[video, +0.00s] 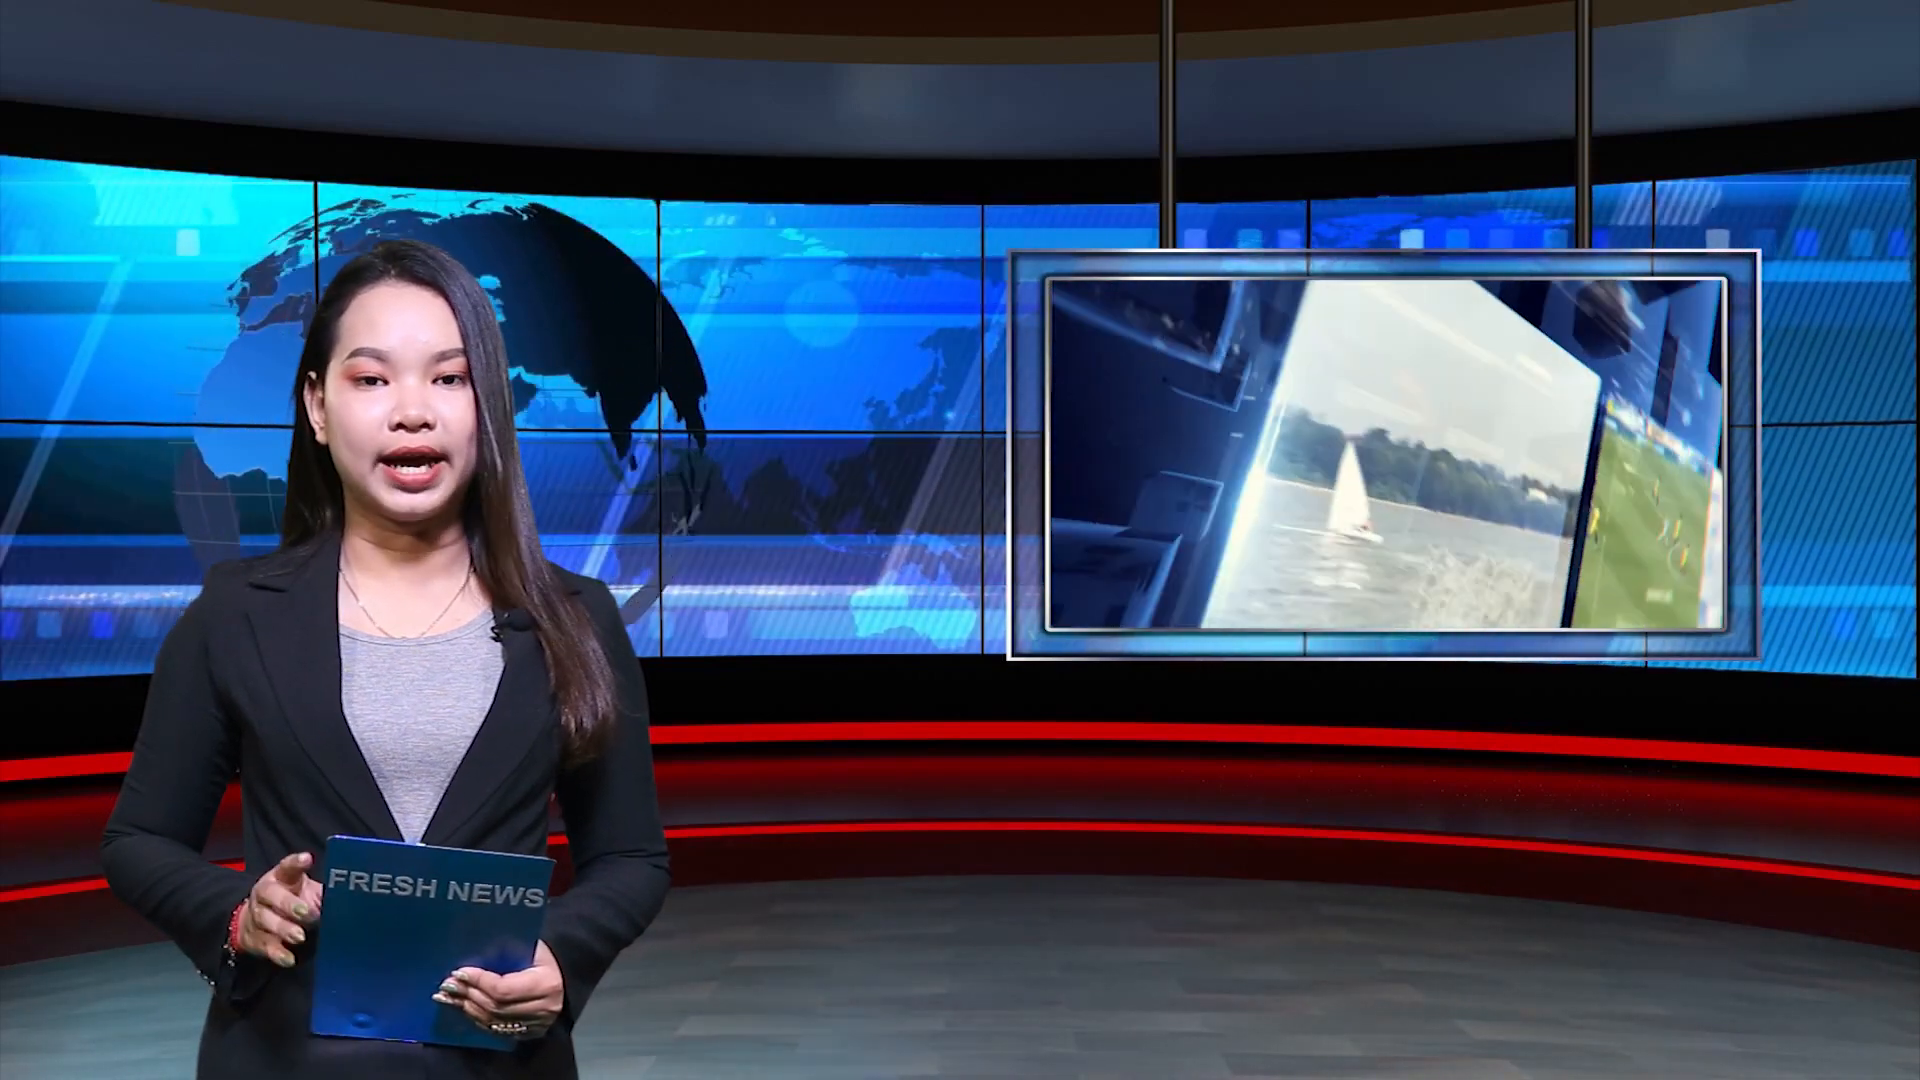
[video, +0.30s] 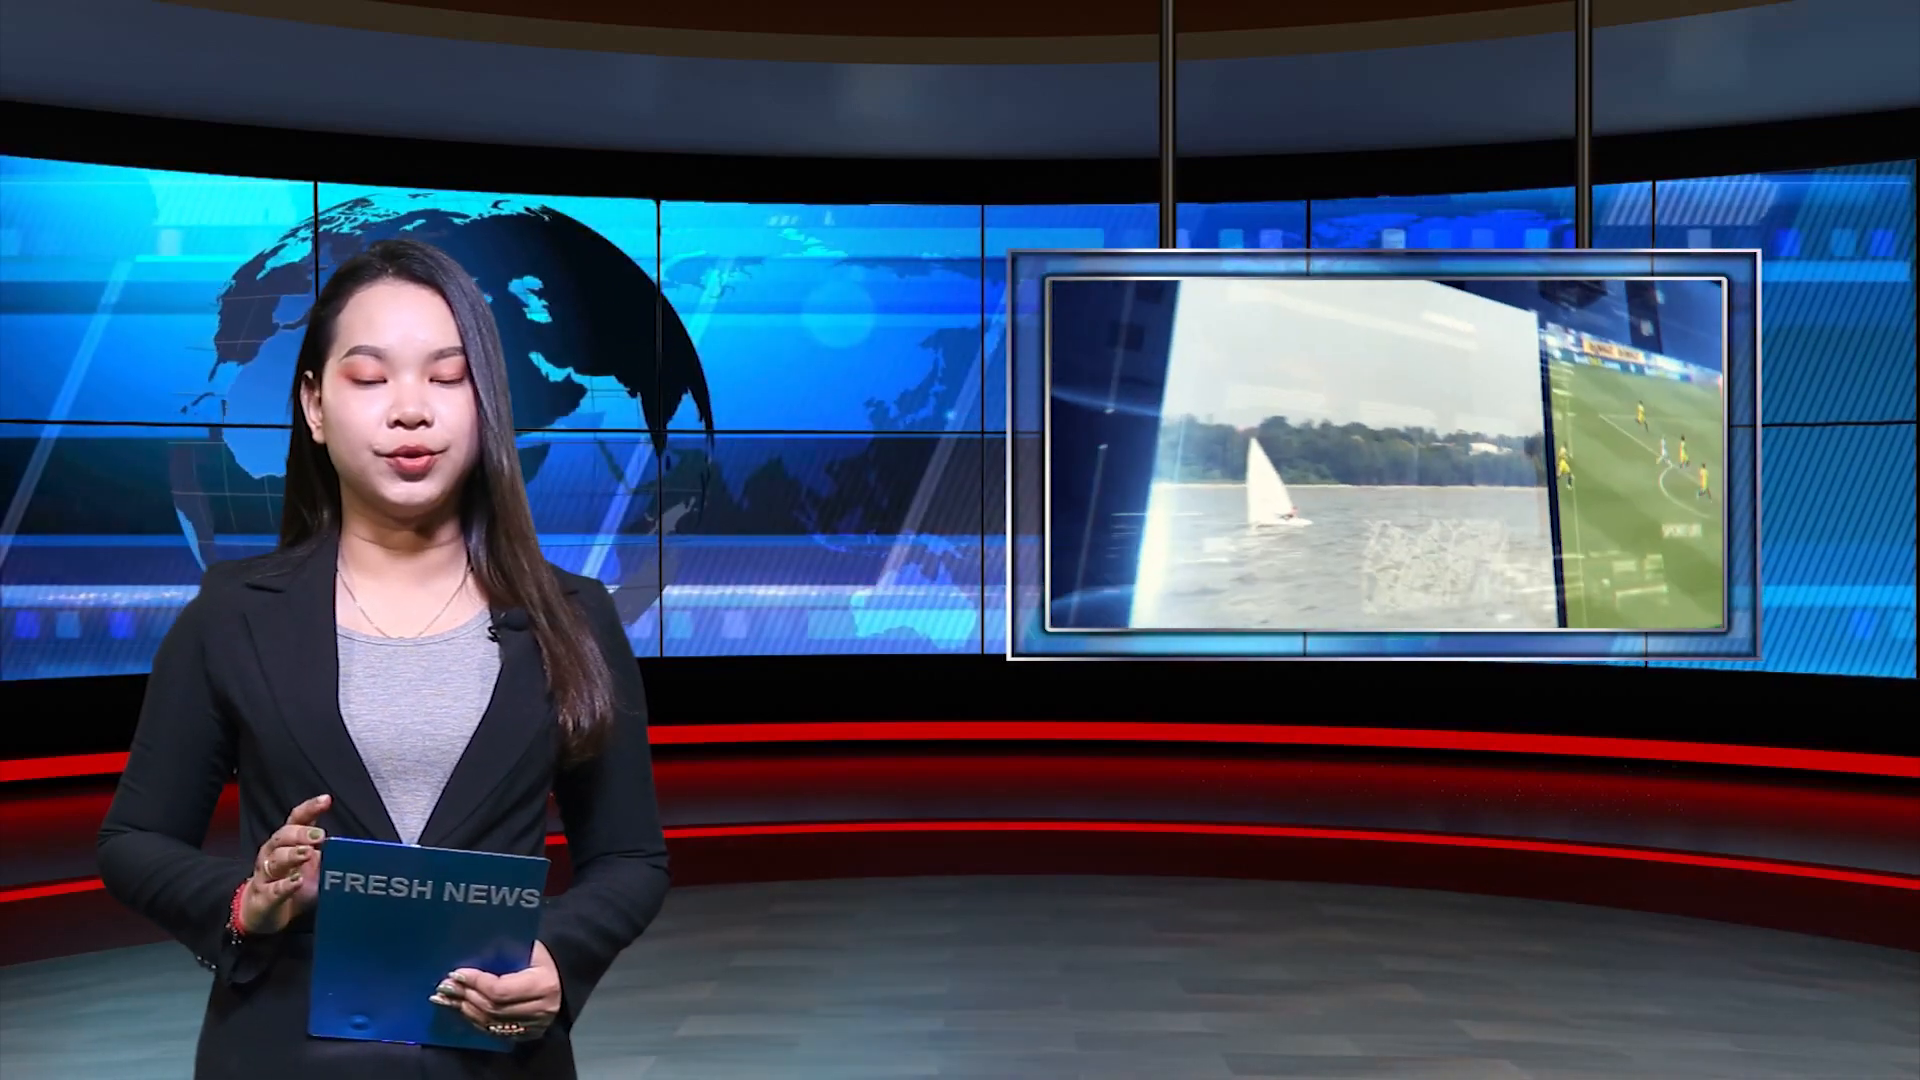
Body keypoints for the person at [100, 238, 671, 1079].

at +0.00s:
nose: (413, 413)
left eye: (447, 377)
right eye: (371, 377)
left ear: (486, 405)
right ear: (317, 407)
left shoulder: (571, 620)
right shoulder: (236, 617)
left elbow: (630, 858)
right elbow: (139, 842)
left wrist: (558, 958)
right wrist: (236, 909)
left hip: (499, 1053)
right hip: (285, 1056)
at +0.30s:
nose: (412, 409)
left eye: (445, 375)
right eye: (370, 376)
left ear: (485, 405)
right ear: (314, 408)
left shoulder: (569, 618)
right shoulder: (234, 617)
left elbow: (629, 858)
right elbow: (134, 842)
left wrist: (555, 961)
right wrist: (240, 899)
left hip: (499, 1054)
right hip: (282, 1055)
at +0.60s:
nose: (408, 407)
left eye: (442, 373)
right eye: (366, 374)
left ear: (480, 403)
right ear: (312, 407)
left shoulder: (566, 619)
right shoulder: (232, 615)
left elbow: (627, 859)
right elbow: (132, 841)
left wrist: (550, 961)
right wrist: (234, 896)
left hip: (495, 1053)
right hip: (279, 1054)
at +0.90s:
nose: (409, 409)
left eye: (440, 375)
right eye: (367, 375)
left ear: (478, 405)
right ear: (311, 406)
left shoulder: (563, 617)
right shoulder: (231, 613)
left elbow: (626, 859)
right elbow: (131, 841)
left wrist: (550, 962)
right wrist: (233, 896)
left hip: (493, 1054)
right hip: (278, 1055)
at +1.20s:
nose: (409, 416)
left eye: (442, 379)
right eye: (365, 378)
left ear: (477, 407)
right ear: (309, 408)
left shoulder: (563, 618)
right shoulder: (229, 614)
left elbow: (624, 860)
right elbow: (128, 841)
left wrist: (550, 963)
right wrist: (236, 897)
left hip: (492, 1053)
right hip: (276, 1054)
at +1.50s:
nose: (400, 408)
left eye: (435, 374)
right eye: (360, 375)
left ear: (476, 403)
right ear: (307, 407)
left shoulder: (563, 615)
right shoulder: (229, 613)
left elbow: (625, 858)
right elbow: (127, 838)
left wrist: (548, 961)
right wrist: (230, 898)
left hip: (492, 1052)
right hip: (276, 1053)